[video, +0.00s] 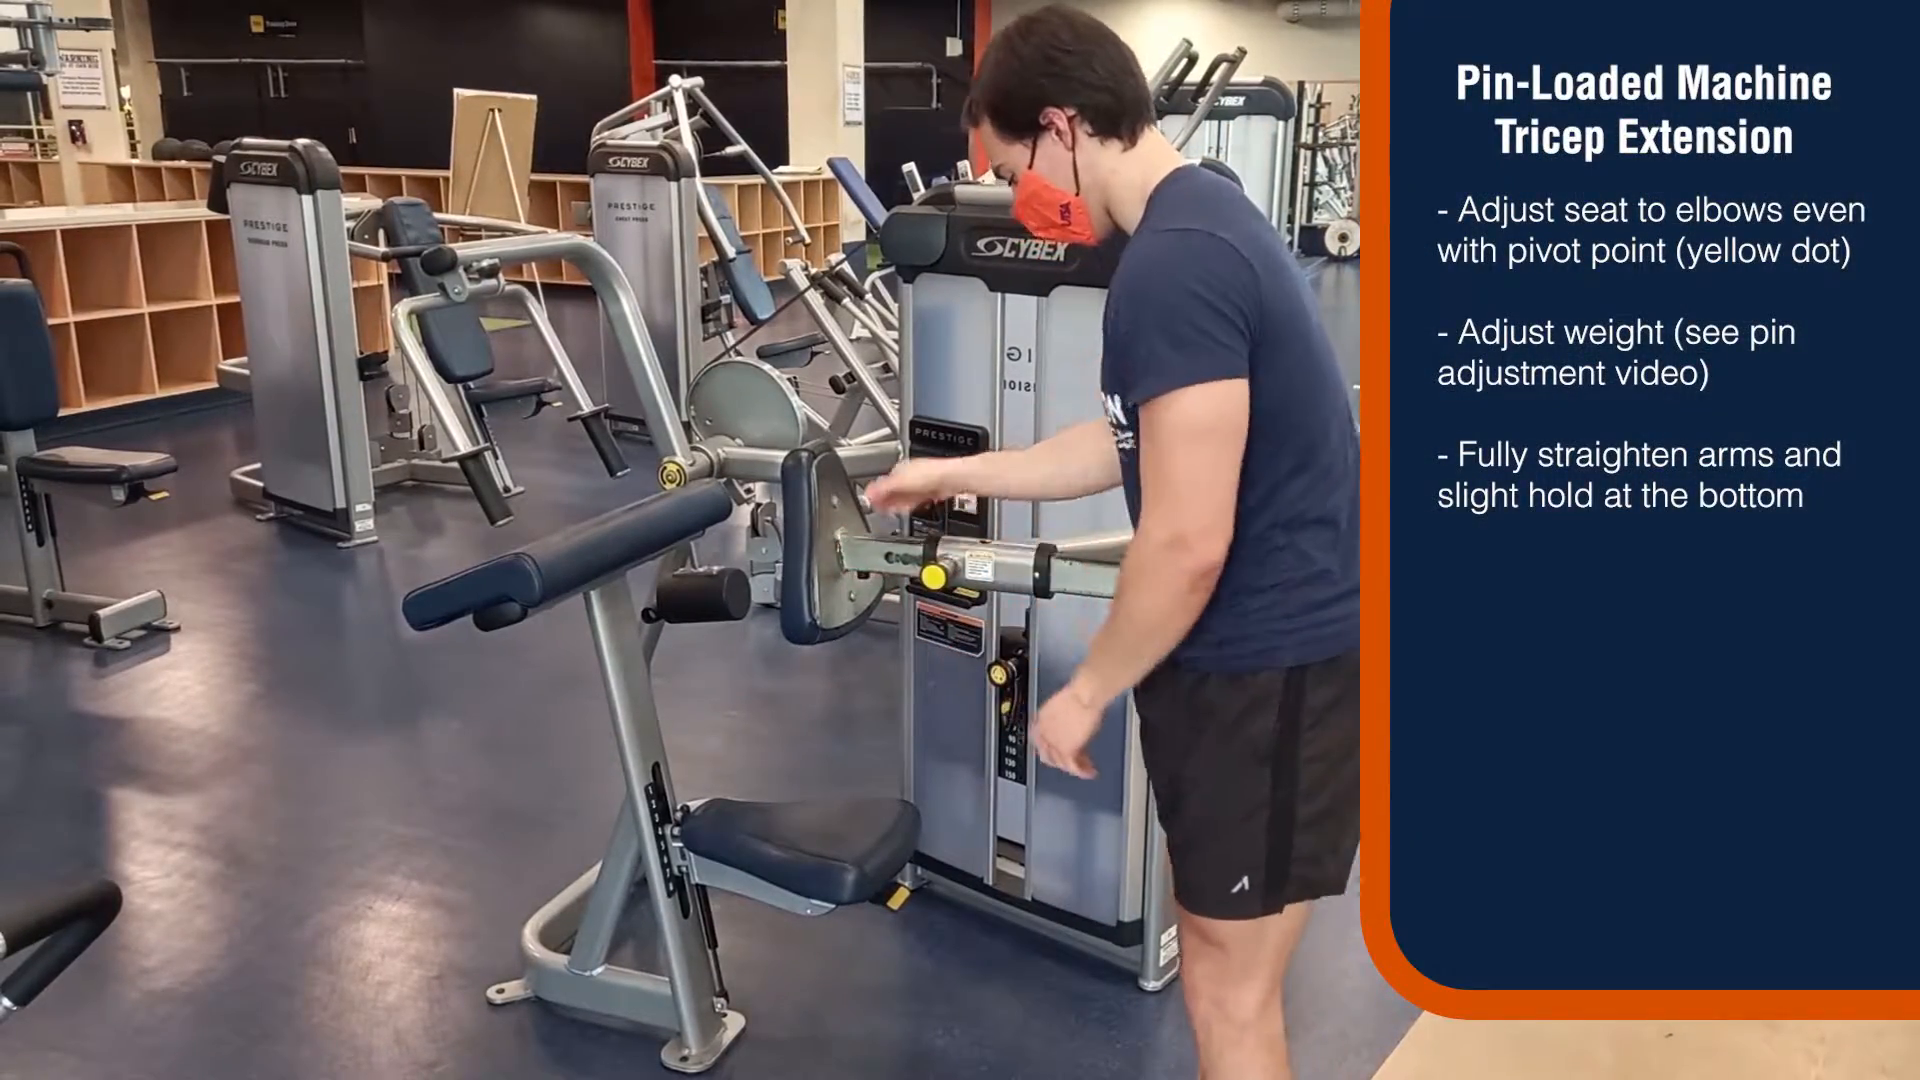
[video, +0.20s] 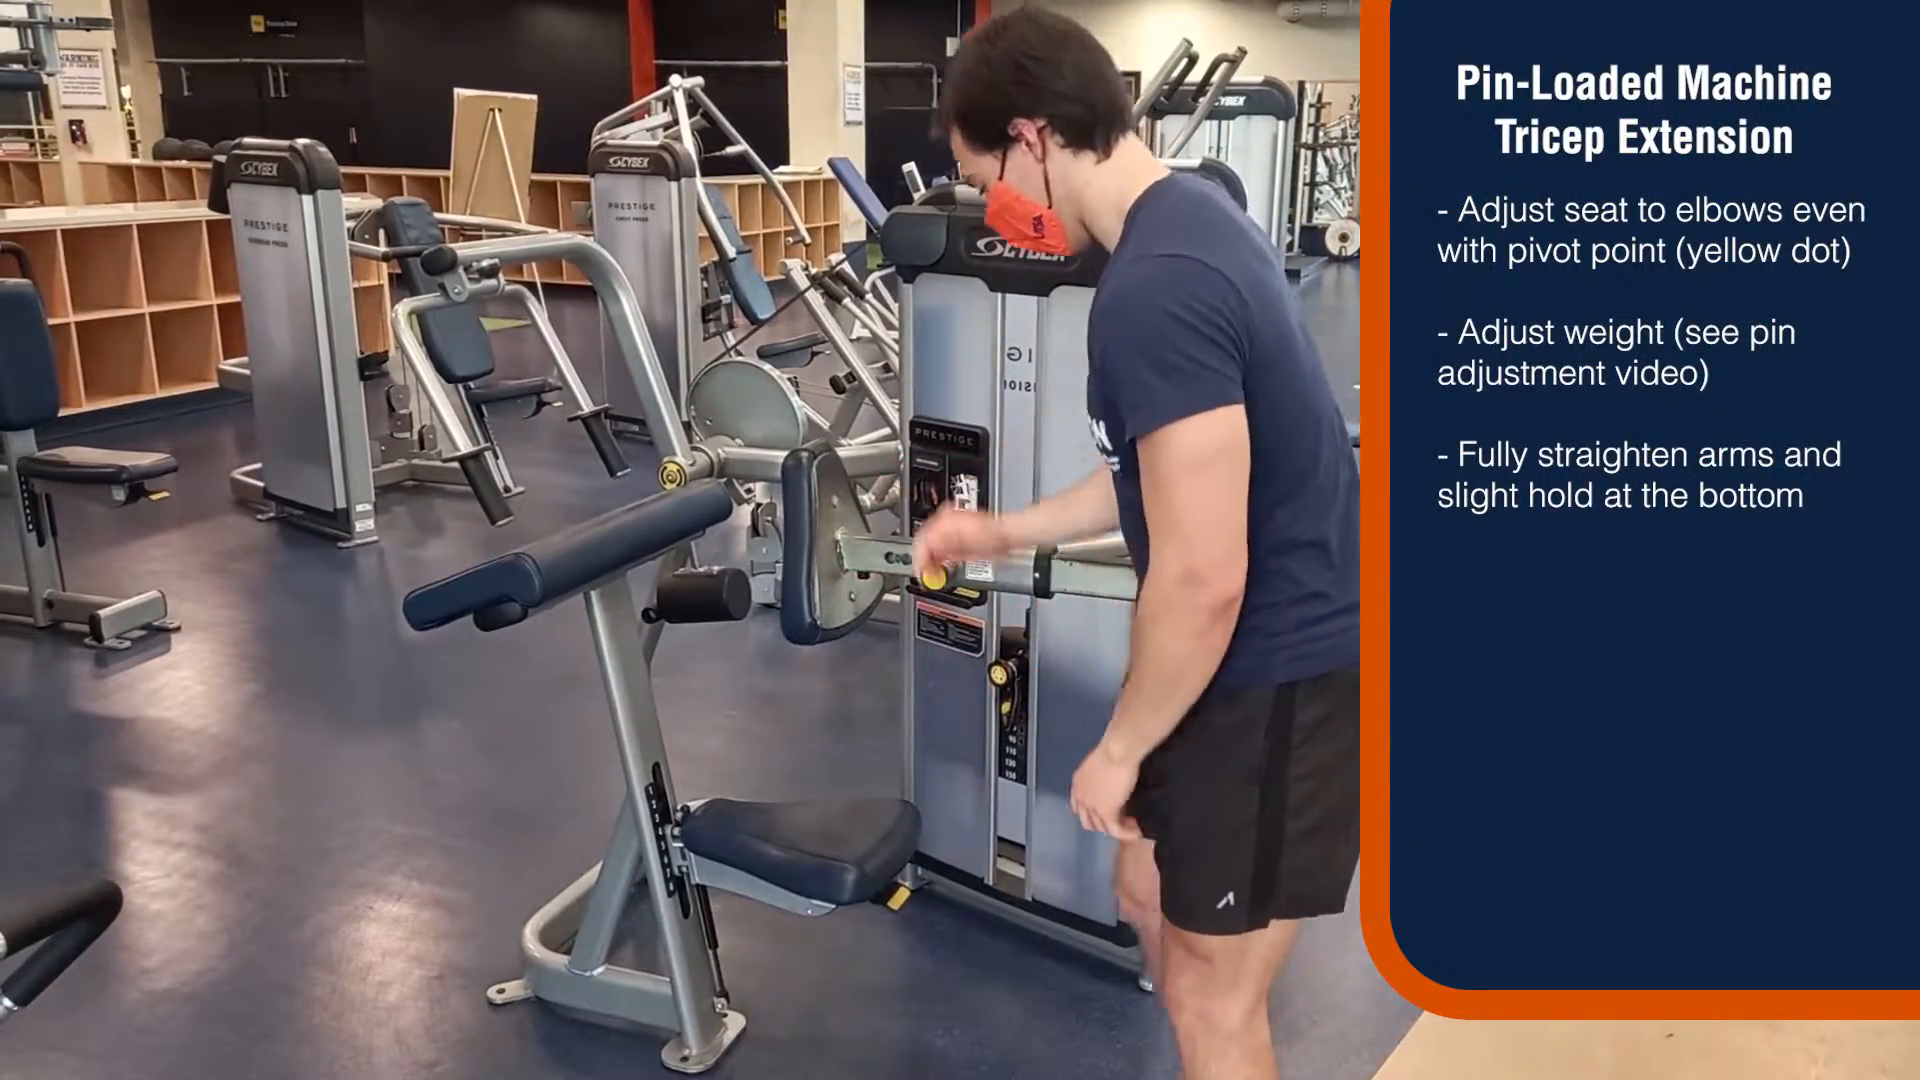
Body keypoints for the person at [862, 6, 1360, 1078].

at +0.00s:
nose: (1026, 203)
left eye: (1016, 174)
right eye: (1011, 181)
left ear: (1064, 128)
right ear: (1082, 122)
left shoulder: (1173, 258)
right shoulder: (1200, 221)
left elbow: (1189, 544)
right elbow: (1124, 445)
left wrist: (1088, 694)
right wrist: (951, 475)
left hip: (1257, 668)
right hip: (1259, 654)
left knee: (1230, 995)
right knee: (1228, 962)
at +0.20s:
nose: (1000, 210)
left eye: (988, 180)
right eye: (983, 189)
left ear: (1033, 138)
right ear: (1065, 121)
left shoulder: (1156, 283)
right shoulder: (1185, 224)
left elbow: (1202, 579)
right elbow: (1162, 479)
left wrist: (1122, 751)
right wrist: (1006, 532)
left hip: (1266, 680)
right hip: (1237, 657)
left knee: (1213, 1005)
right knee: (1150, 897)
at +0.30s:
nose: (965, 236)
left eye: (953, 209)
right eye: (950, 215)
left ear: (997, 167)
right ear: (1021, 156)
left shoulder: (1139, 311)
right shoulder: (1140, 256)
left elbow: (1187, 613)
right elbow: (1127, 510)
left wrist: (1108, 797)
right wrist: (1029, 643)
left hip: (1280, 683)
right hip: (1221, 659)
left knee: (1200, 1010)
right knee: (1127, 876)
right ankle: (1166, 1068)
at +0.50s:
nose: (867, 360)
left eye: (858, 332)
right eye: (854, 338)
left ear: (895, 299)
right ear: (911, 296)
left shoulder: (1061, 410)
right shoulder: (1032, 379)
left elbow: (1105, 705)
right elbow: (1045, 615)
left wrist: (1028, 862)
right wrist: (1023, 782)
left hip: (1301, 688)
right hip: (1204, 674)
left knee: (1191, 1008)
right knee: (1134, 902)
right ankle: (1104, 1070)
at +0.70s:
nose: (806, 481)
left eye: (797, 456)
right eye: (793, 459)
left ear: (832, 443)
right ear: (906, 390)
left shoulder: (980, 531)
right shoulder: (984, 460)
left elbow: (994, 800)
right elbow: (1013, 684)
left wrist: (919, 885)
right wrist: (970, 844)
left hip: (1306, 717)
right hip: (1203, 693)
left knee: (1154, 1023)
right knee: (1094, 888)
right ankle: (1087, 1068)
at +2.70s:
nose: (764, 527)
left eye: (759, 504)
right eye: (756, 508)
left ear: (795, 488)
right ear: (873, 451)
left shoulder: (859, 604)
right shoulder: (969, 483)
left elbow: (865, 822)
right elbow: (1031, 688)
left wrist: (816, 830)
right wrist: (909, 801)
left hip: (1256, 744)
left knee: (1071, 1047)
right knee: (1056, 873)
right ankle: (1111, 1049)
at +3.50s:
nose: (763, 405)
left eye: (761, 381)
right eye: (759, 383)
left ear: (794, 377)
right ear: (882, 352)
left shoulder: (860, 498)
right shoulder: (958, 418)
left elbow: (866, 743)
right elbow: (1026, 626)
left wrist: (833, 812)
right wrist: (948, 785)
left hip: (1234, 712)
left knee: (1095, 1044)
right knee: (1067, 894)